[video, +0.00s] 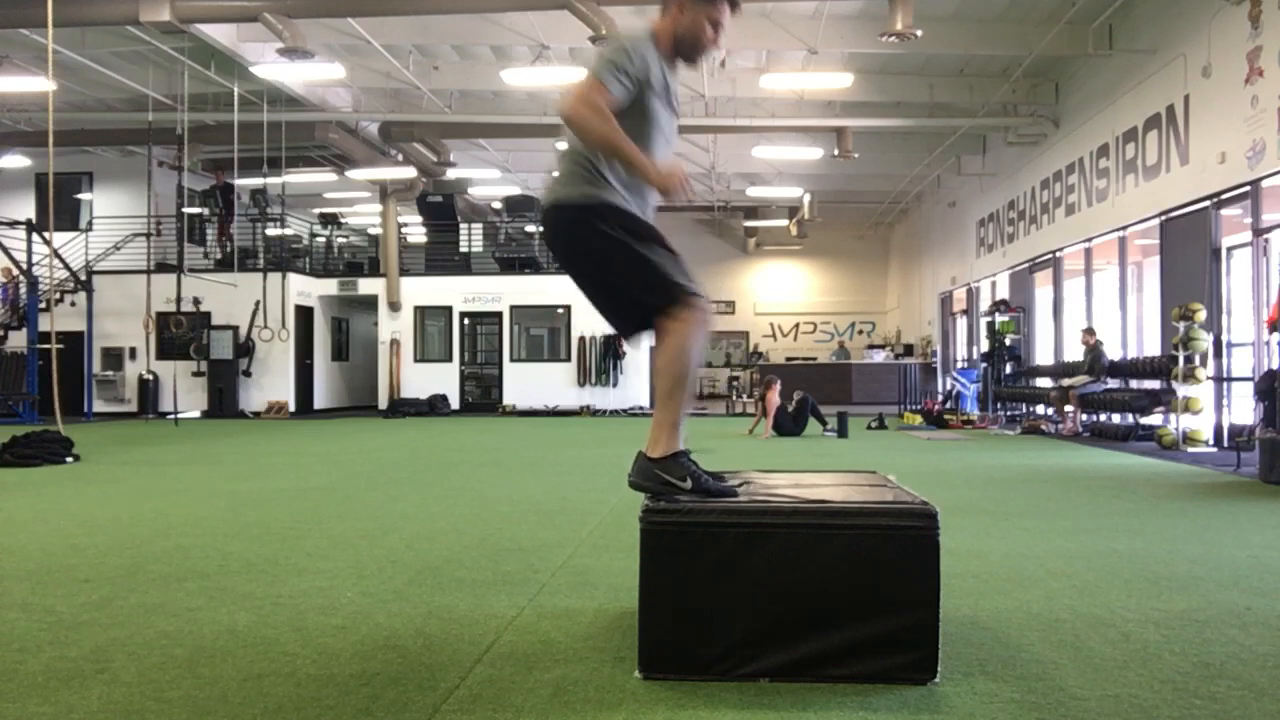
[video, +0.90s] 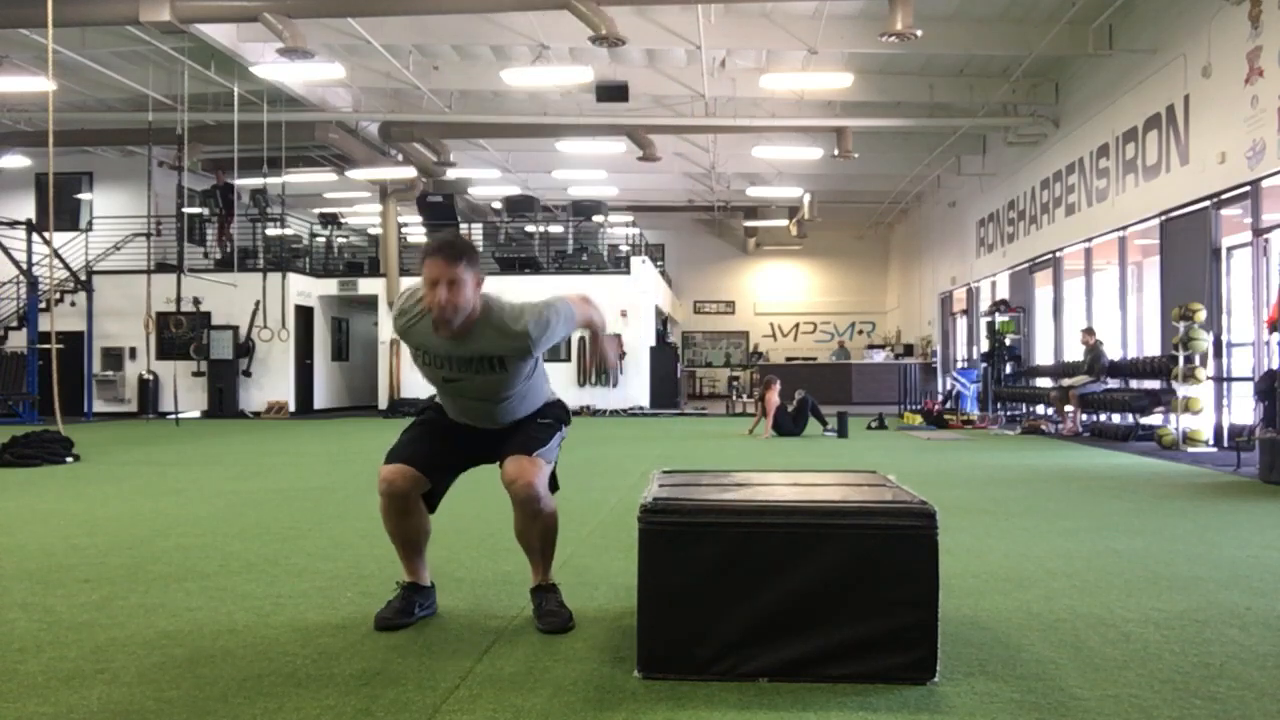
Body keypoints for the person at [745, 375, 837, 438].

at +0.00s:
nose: (779, 387)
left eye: (779, 384)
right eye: (778, 384)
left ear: (767, 385)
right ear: (774, 385)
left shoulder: (764, 396)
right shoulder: (772, 395)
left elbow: (759, 416)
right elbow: (770, 416)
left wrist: (751, 430)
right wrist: (767, 433)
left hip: (785, 430)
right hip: (793, 431)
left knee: (805, 398)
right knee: (807, 399)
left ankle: (825, 425)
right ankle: (826, 426)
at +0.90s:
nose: (779, 387)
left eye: (779, 385)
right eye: (778, 385)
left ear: (767, 385)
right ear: (773, 385)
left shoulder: (764, 396)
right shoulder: (772, 396)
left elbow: (759, 415)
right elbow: (770, 416)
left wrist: (751, 430)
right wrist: (767, 433)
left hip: (785, 430)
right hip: (793, 431)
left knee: (804, 398)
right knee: (807, 399)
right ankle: (826, 426)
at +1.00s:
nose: (779, 387)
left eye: (779, 384)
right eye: (778, 385)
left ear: (767, 385)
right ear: (773, 385)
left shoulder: (764, 396)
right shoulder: (772, 396)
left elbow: (759, 415)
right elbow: (770, 415)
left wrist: (751, 429)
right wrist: (767, 433)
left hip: (784, 430)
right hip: (793, 431)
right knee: (807, 399)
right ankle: (826, 426)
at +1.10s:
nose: (779, 387)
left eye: (779, 385)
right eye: (778, 385)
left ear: (767, 385)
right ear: (773, 385)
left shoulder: (764, 396)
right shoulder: (772, 396)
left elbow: (759, 415)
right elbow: (770, 416)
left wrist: (751, 430)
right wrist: (767, 433)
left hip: (785, 430)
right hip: (793, 431)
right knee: (807, 399)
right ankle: (826, 426)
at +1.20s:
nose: (779, 387)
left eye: (779, 384)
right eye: (778, 384)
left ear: (767, 385)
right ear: (773, 385)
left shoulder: (764, 396)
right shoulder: (772, 396)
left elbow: (759, 416)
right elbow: (770, 416)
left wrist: (751, 430)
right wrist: (767, 433)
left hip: (785, 430)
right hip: (793, 431)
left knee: (805, 399)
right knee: (807, 400)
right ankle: (826, 426)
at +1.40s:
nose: (779, 387)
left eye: (779, 384)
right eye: (778, 384)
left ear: (767, 385)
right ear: (773, 385)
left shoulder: (764, 396)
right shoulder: (772, 396)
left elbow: (759, 416)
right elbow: (770, 416)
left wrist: (751, 429)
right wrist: (767, 433)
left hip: (785, 430)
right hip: (793, 431)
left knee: (807, 402)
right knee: (807, 401)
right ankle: (826, 426)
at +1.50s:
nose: (779, 387)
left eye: (779, 384)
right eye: (778, 384)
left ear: (767, 385)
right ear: (773, 385)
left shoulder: (764, 396)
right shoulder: (772, 396)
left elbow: (759, 415)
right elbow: (770, 415)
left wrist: (751, 429)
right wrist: (767, 433)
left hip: (785, 430)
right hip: (793, 431)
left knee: (807, 402)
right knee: (807, 401)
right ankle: (826, 426)